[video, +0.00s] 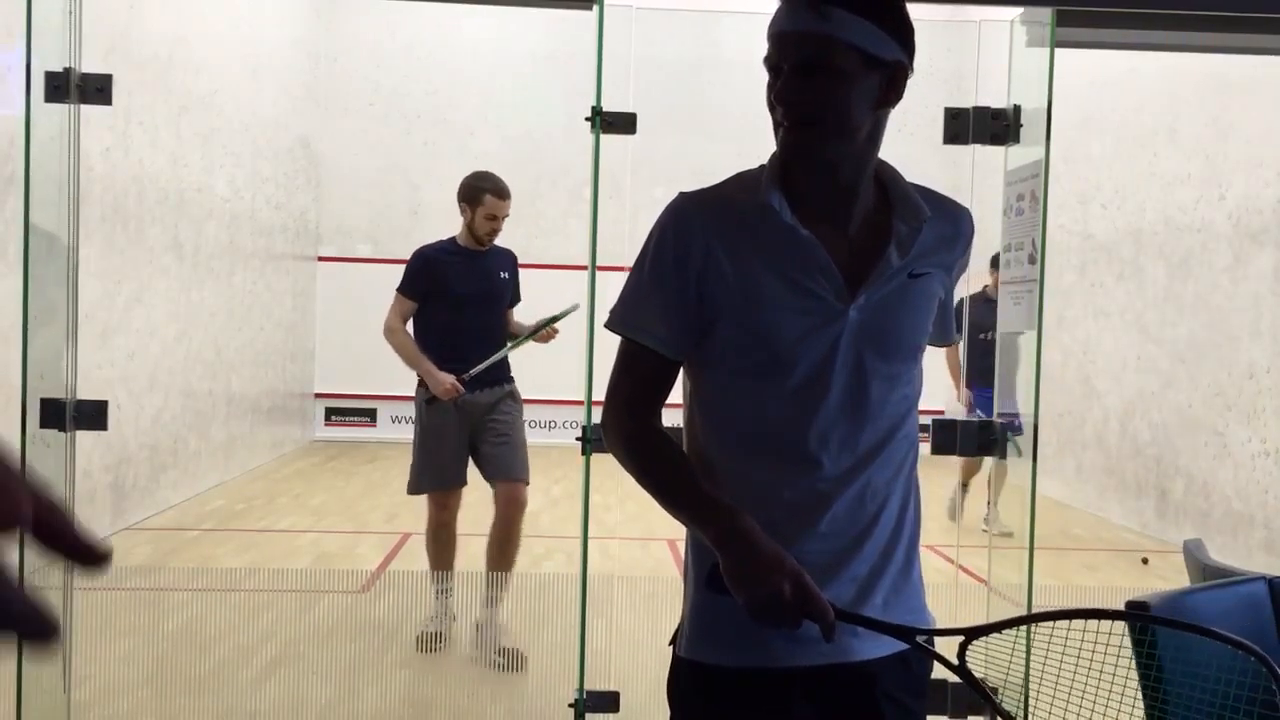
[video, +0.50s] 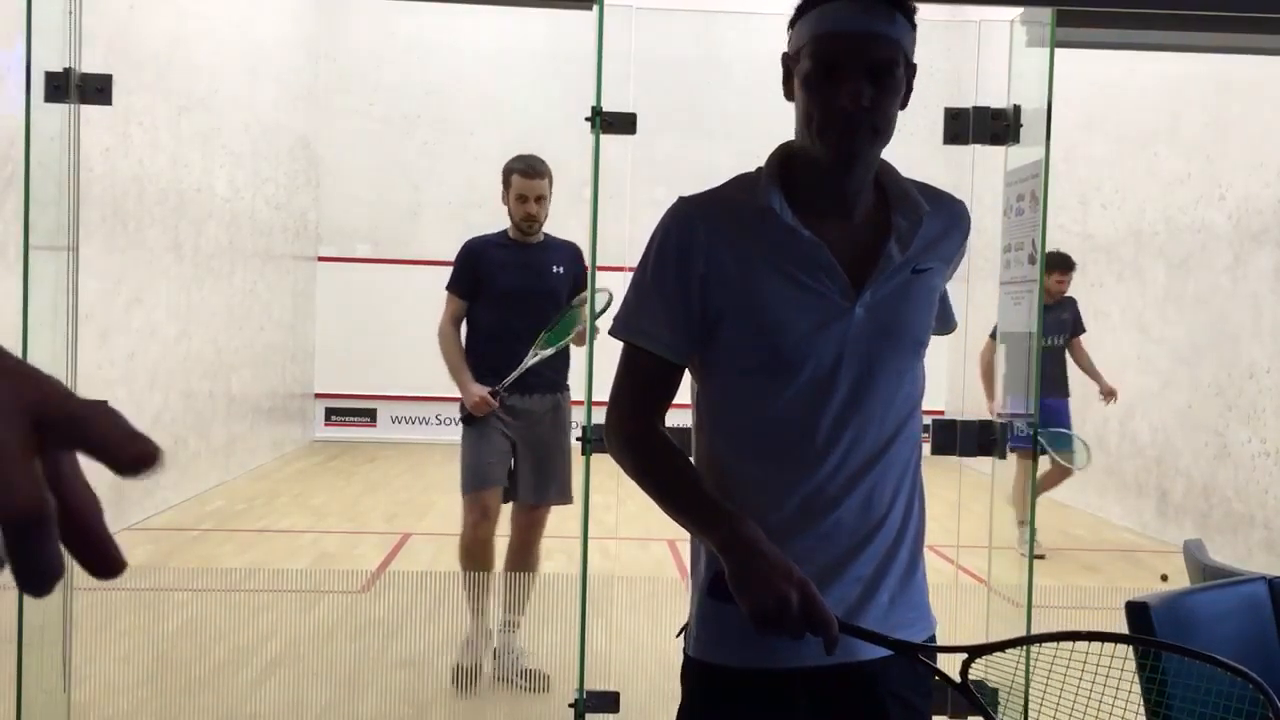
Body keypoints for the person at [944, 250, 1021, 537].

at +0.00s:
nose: (1004, 282)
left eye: (1009, 277)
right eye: (1001, 276)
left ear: (1013, 279)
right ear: (991, 274)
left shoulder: (1016, 306)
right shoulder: (969, 305)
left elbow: (1021, 349)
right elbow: (951, 345)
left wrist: (1017, 391)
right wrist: (960, 385)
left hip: (1007, 391)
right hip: (977, 390)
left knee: (1001, 455)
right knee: (974, 456)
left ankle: (992, 511)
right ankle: (961, 489)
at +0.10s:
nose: (1015, 280)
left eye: (1019, 274)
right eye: (1011, 273)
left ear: (1024, 278)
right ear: (1001, 275)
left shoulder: (1023, 307)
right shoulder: (977, 306)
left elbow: (1033, 351)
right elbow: (957, 346)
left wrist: (1045, 386)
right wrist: (964, 386)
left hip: (1013, 389)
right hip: (984, 388)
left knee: (1004, 452)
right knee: (987, 449)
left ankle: (992, 512)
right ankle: (982, 513)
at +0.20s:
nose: (1019, 281)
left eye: (1024, 276)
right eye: (1013, 275)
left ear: (1031, 276)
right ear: (1004, 276)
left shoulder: (1036, 305)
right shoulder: (986, 309)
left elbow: (1048, 345)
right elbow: (961, 349)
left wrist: (1071, 376)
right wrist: (966, 391)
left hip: (1023, 390)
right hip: (995, 390)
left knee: (1008, 451)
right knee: (1004, 451)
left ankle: (994, 512)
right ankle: (1001, 517)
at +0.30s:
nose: (1043, 280)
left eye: (1045, 275)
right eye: (1038, 274)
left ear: (1047, 277)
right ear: (1023, 274)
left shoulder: (1048, 310)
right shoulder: (995, 311)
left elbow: (1063, 349)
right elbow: (966, 351)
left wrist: (1090, 367)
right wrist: (967, 393)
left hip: (1032, 397)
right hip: (1003, 397)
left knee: (1010, 461)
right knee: (1012, 462)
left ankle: (994, 515)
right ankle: (1021, 529)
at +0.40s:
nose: (1053, 286)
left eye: (1056, 280)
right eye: (1048, 280)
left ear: (1058, 280)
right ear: (1032, 278)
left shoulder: (1058, 310)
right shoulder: (1007, 309)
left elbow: (1071, 349)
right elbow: (973, 353)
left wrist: (1099, 369)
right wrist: (974, 395)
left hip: (1045, 398)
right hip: (1014, 398)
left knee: (1040, 465)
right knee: (1020, 464)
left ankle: (1003, 501)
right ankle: (1024, 530)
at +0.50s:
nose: (1064, 286)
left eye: (1068, 280)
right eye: (1059, 279)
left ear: (1070, 279)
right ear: (1042, 277)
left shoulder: (1068, 306)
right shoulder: (1020, 306)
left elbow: (1075, 348)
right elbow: (987, 352)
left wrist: (1101, 381)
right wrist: (991, 398)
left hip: (1056, 398)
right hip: (1022, 398)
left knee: (1064, 465)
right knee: (1026, 466)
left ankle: (1023, 496)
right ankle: (1025, 534)